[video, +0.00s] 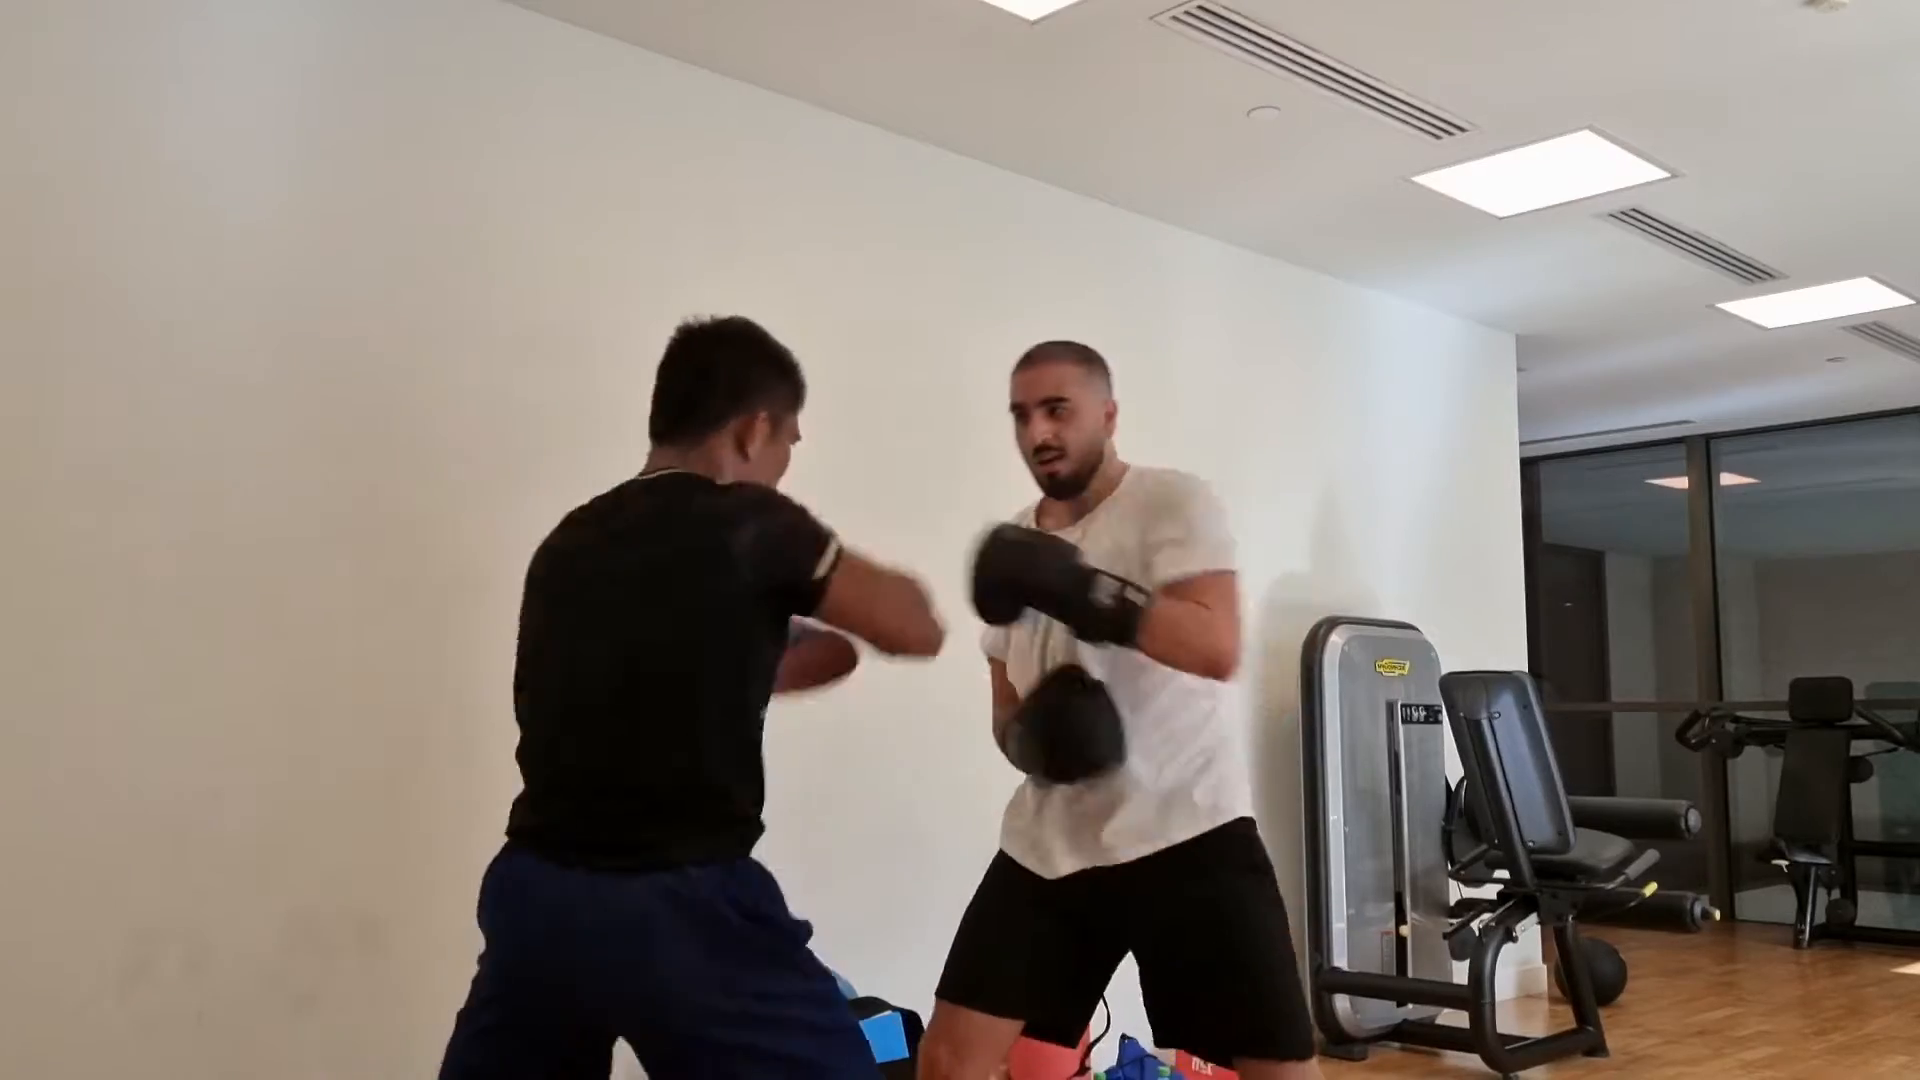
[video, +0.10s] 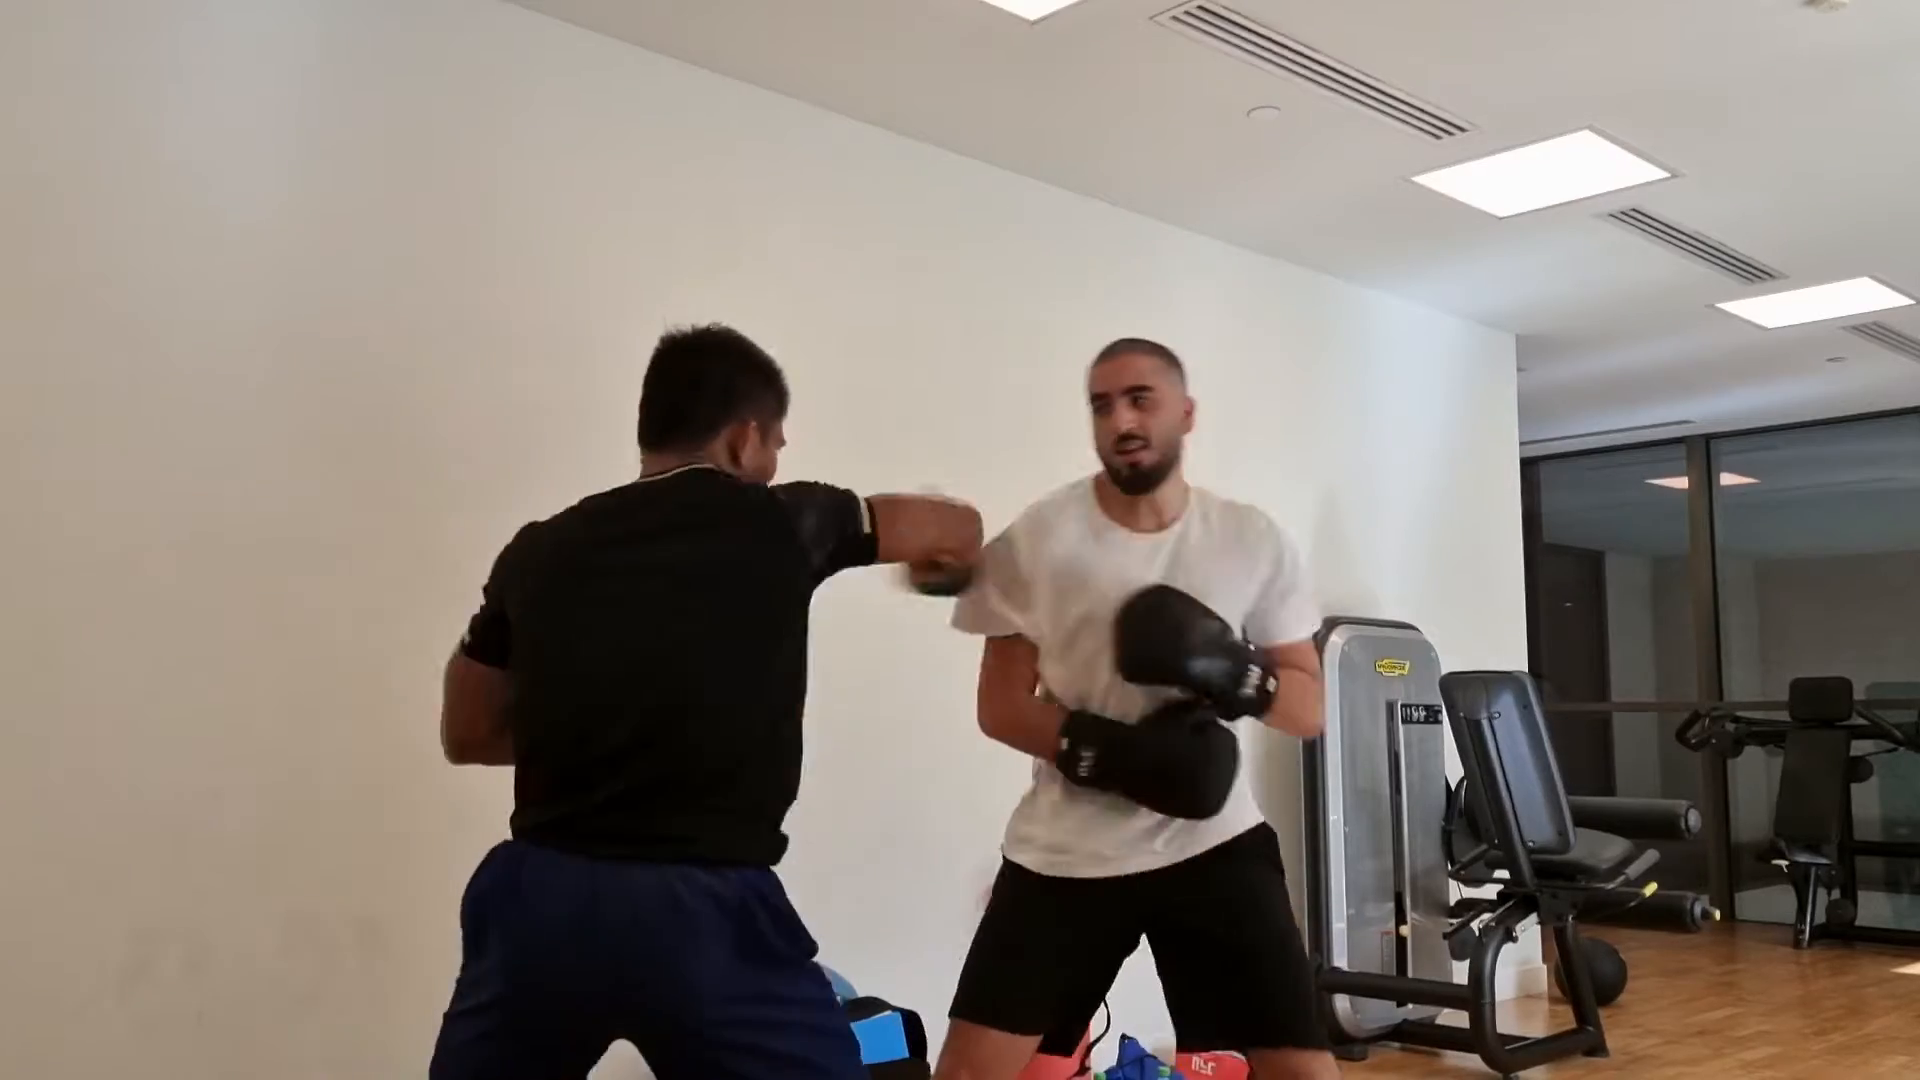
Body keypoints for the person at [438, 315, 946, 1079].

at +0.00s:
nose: (784, 468)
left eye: (790, 447)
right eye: (786, 444)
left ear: (662, 425)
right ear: (748, 432)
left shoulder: (567, 541)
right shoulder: (748, 521)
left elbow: (660, 673)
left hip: (537, 908)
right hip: (690, 915)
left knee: (488, 1068)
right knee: (836, 1063)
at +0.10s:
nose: (776, 465)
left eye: (781, 449)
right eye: (777, 447)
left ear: (651, 435)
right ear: (743, 439)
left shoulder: (538, 548)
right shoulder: (778, 518)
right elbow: (957, 527)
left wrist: (600, 718)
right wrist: (941, 568)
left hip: (536, 915)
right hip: (714, 921)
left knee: (472, 1068)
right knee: (822, 1063)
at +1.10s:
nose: (733, 489)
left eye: (738, 463)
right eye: (733, 461)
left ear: (599, 455)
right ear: (686, 455)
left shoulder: (533, 567)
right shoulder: (681, 547)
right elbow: (853, 639)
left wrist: (836, 590)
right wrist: (881, 582)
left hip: (484, 944)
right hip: (637, 954)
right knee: (786, 1061)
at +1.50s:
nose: (747, 483)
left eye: (748, 461)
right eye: (746, 459)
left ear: (616, 461)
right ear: (711, 457)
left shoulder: (519, 561)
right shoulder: (768, 540)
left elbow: (421, 628)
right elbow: (917, 541)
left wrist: (498, 579)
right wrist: (977, 536)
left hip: (547, 940)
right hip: (730, 939)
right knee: (861, 1053)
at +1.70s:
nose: (834, 464)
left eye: (837, 444)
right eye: (833, 442)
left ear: (709, 434)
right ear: (796, 440)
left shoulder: (649, 559)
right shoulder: (763, 548)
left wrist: (824, 617)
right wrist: (907, 626)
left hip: (618, 921)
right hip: (750, 933)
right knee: (909, 1063)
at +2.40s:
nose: (735, 519)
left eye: (738, 494)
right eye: (732, 493)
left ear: (606, 489)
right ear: (690, 492)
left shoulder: (527, 609)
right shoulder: (691, 587)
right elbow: (795, 749)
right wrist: (883, 695)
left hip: (501, 978)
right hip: (652, 988)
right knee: (811, 1064)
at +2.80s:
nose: (709, 493)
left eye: (709, 475)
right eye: (708, 473)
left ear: (580, 474)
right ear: (680, 472)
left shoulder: (487, 589)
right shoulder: (727, 553)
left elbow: (435, 734)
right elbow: (846, 532)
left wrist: (546, 684)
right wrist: (897, 501)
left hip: (505, 958)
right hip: (690, 955)